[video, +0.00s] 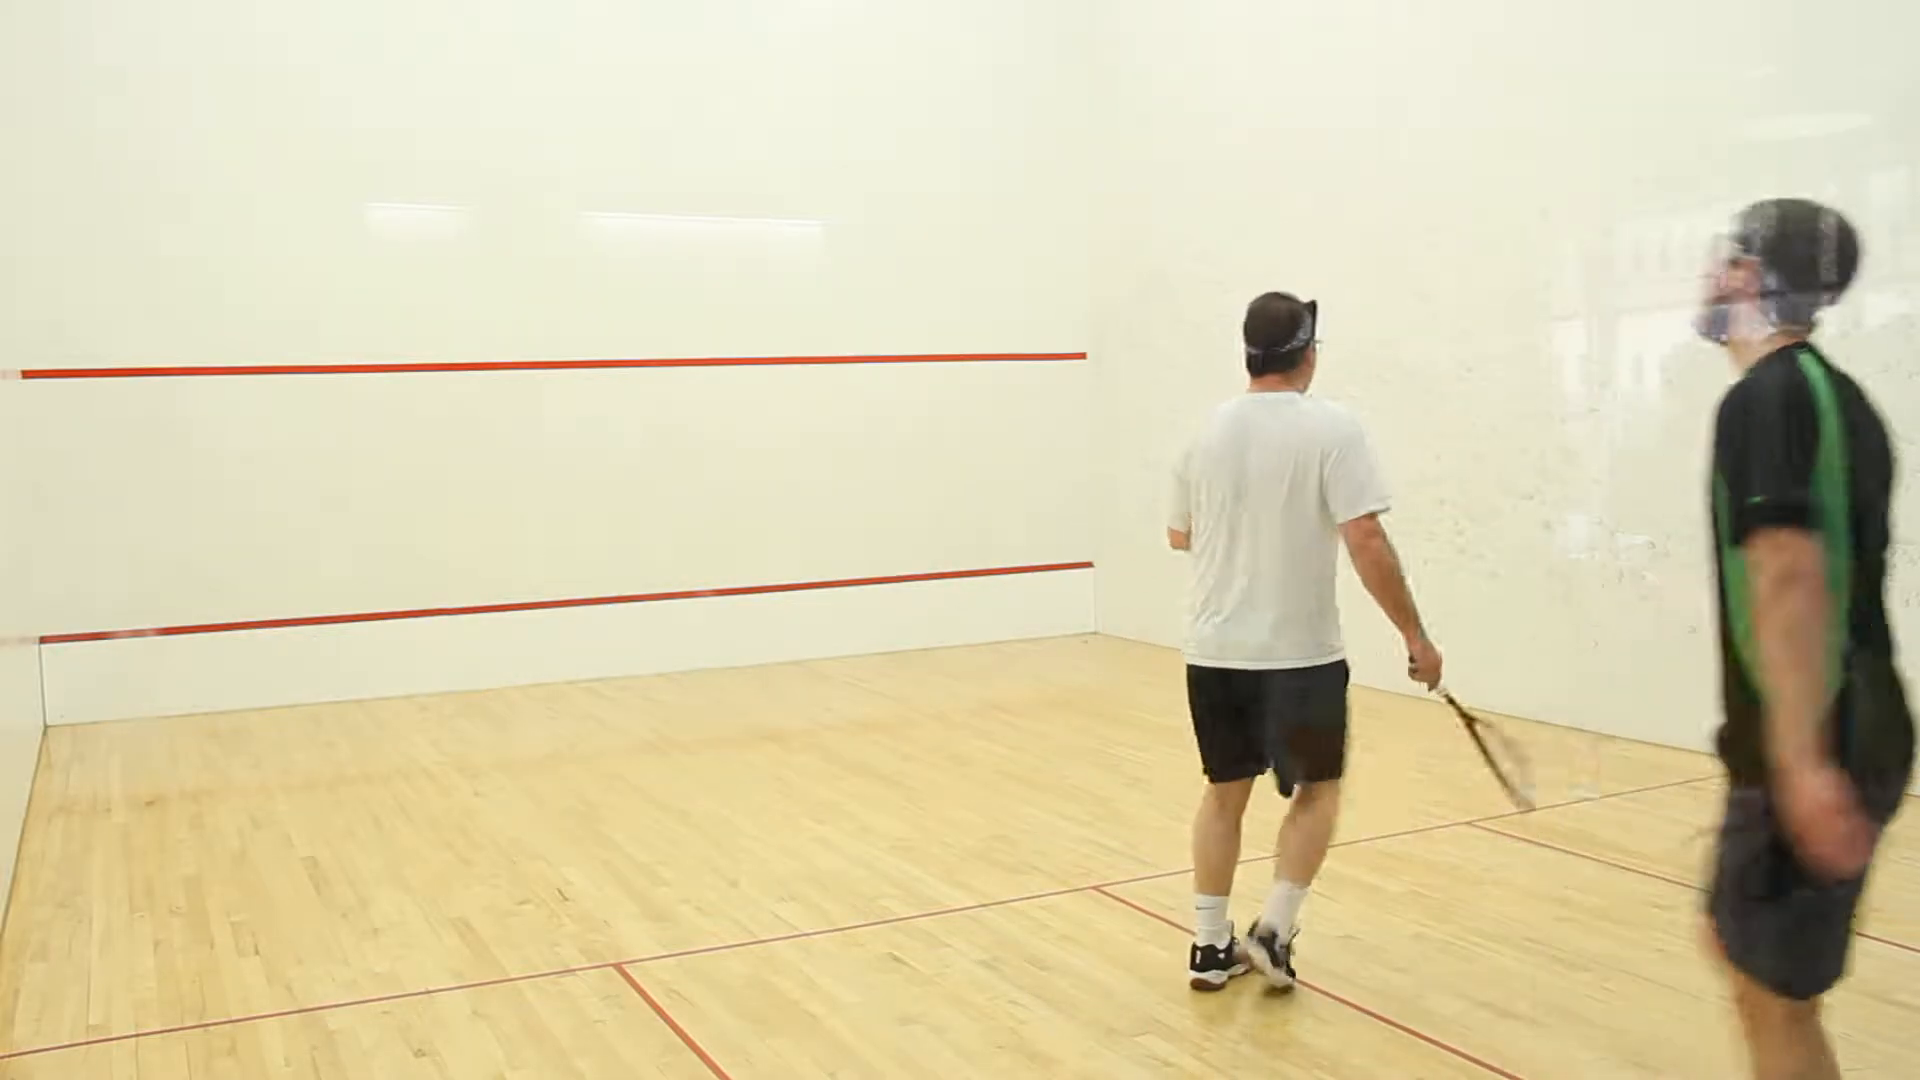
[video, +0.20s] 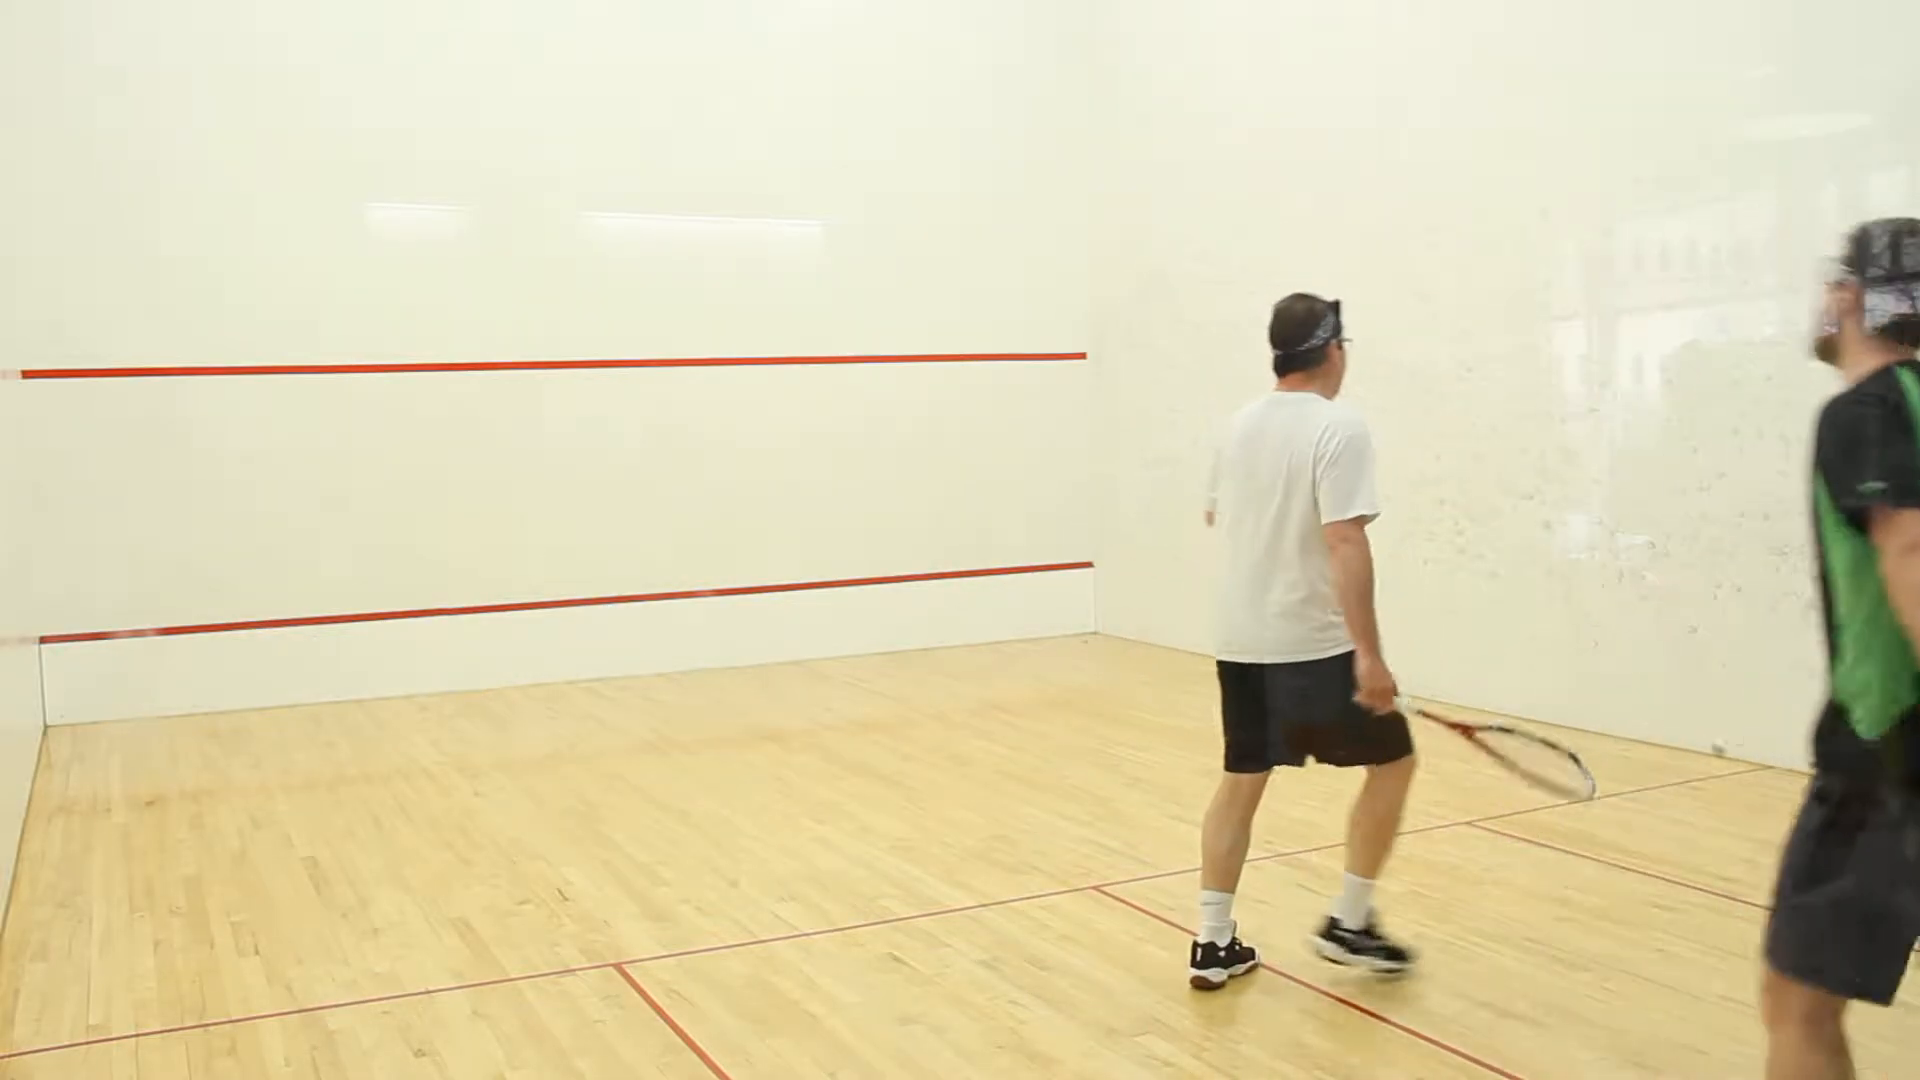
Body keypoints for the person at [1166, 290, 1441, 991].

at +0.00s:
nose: (1318, 357)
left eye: (1310, 347)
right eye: (1316, 348)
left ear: (1247, 355)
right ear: (1308, 355)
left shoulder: (1210, 434)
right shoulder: (1333, 431)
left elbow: (1181, 536)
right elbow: (1366, 543)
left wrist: (1258, 531)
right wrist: (1415, 635)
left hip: (1214, 655)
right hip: (1301, 657)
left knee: (1225, 787)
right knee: (1314, 792)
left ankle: (1210, 943)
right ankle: (1274, 928)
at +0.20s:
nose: (1345, 356)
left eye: (1341, 344)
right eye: (1343, 345)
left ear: (1277, 356)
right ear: (1333, 351)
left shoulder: (1244, 423)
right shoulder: (1338, 428)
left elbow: (1217, 514)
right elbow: (1346, 542)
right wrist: (1369, 654)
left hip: (1240, 649)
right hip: (1313, 652)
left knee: (1242, 775)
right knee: (1393, 758)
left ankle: (1212, 940)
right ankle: (1352, 920)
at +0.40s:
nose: (1404, 366)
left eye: (1402, 354)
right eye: (1401, 354)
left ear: (1338, 358)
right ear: (1385, 357)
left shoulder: (1308, 419)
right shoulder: (1386, 428)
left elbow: (1299, 532)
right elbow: (1370, 539)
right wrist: (1373, 652)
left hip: (1290, 647)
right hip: (1362, 654)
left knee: (1279, 772)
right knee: (1412, 778)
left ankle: (1217, 926)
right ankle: (1412, 929)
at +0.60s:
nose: (1459, 359)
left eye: (1458, 347)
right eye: (1453, 346)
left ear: (1395, 348)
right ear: (1425, 348)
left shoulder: (1363, 411)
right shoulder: (1429, 419)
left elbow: (1358, 526)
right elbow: (1433, 533)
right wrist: (1459, 642)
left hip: (1358, 634)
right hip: (1408, 638)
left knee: (1384, 760)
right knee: (1436, 778)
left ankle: (1288, 866)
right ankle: (1416, 931)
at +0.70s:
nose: (1483, 357)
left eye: (1483, 344)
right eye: (1477, 345)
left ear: (1426, 346)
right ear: (1444, 346)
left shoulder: (1391, 412)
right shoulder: (1447, 417)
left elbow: (1391, 527)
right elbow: (1453, 531)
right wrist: (1501, 633)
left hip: (1389, 630)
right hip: (1434, 634)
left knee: (1421, 761)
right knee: (1442, 778)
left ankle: (1352, 869)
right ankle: (1416, 930)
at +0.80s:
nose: (1506, 357)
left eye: (1506, 344)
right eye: (1499, 344)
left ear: (1445, 346)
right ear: (1463, 345)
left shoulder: (1410, 412)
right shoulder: (1465, 416)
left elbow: (1380, 524)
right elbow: (1467, 531)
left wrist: (1381, 605)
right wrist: (1530, 619)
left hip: (1421, 627)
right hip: (1446, 637)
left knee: (1496, 746)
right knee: (1449, 779)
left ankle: (1437, 885)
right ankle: (1413, 931)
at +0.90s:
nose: (1532, 359)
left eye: (1533, 346)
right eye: (1524, 346)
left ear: (1474, 349)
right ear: (1485, 347)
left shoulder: (1435, 413)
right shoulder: (1487, 420)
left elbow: (1403, 523)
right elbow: (1485, 532)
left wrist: (1393, 605)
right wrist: (1547, 622)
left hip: (1463, 632)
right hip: (1465, 637)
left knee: (1518, 753)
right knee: (1459, 778)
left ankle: (1533, 903)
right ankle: (1415, 930)